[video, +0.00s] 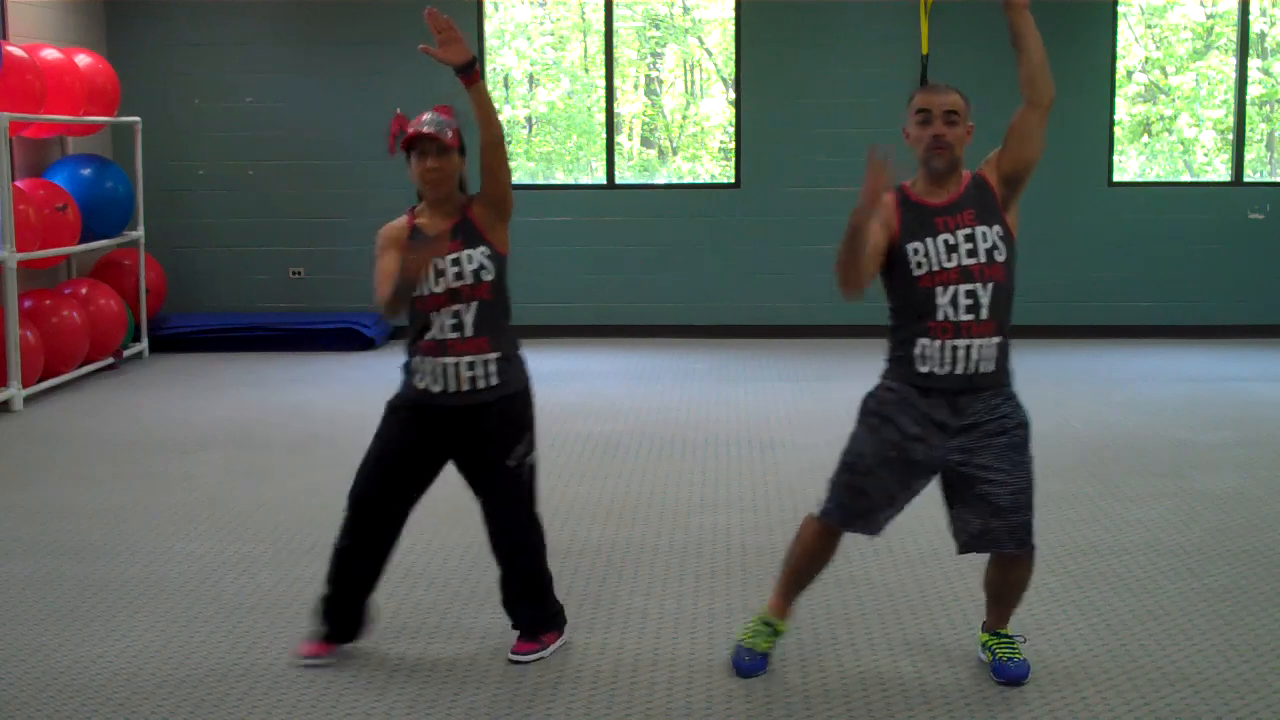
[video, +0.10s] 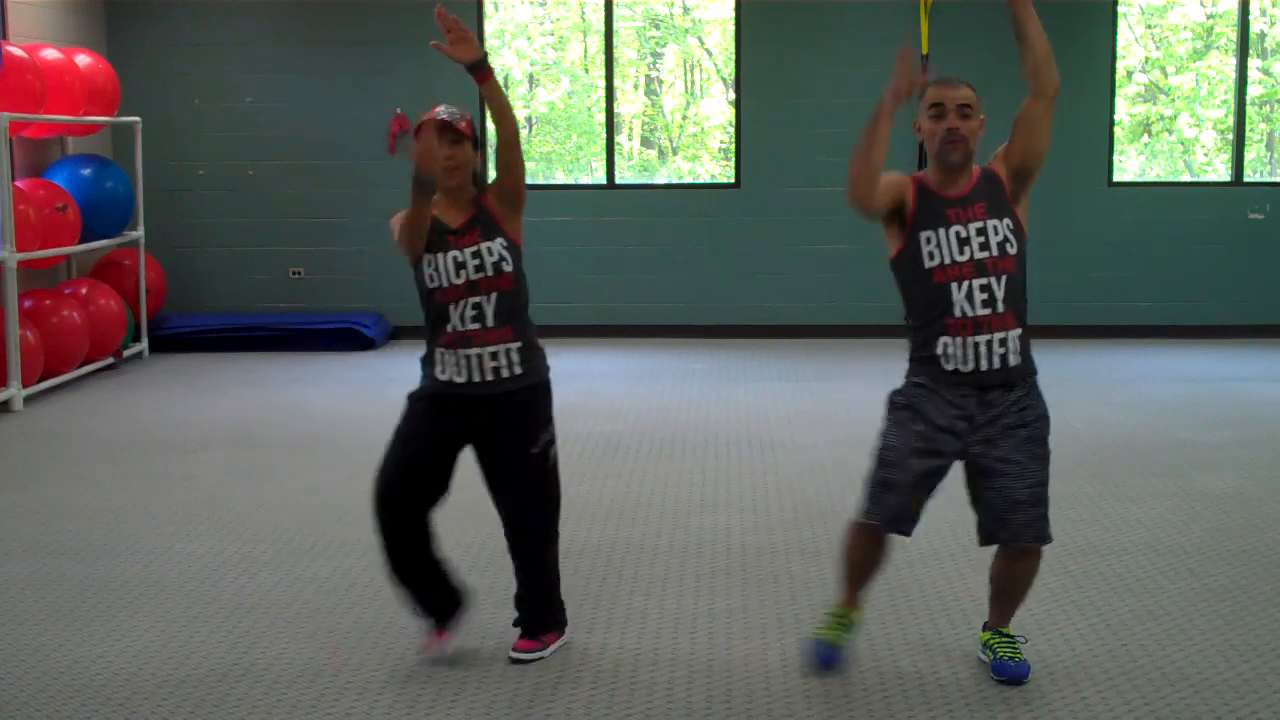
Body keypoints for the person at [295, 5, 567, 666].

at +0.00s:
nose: (430, 162)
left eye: (440, 153)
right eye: (420, 154)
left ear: (462, 161)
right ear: (408, 164)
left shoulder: (489, 218)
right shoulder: (396, 234)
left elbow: (491, 142)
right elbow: (387, 306)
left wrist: (469, 74)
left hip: (494, 399)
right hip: (423, 401)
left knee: (512, 518)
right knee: (370, 507)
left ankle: (540, 624)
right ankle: (337, 627)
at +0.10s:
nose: (453, 145)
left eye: (461, 137)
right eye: (440, 136)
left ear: (478, 154)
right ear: (421, 158)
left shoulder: (501, 209)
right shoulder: (413, 230)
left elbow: (510, 141)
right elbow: (417, 222)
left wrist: (481, 68)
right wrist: (420, 175)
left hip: (516, 390)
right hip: (445, 392)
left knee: (530, 515)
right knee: (397, 500)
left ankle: (542, 622)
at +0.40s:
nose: (476, 156)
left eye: (485, 145)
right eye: (465, 147)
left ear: (500, 156)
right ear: (450, 161)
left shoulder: (523, 211)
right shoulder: (441, 225)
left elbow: (535, 141)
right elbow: (422, 162)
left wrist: (503, 73)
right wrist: (446, 83)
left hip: (553, 388)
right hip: (486, 399)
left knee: (570, 510)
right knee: (490, 517)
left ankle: (567, 621)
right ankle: (491, 623)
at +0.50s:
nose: (484, 168)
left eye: (491, 158)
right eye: (474, 159)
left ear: (506, 165)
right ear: (459, 169)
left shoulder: (528, 219)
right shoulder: (445, 229)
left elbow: (553, 155)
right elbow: (426, 160)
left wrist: (532, 90)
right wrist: (459, 81)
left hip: (558, 394)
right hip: (492, 408)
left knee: (583, 510)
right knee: (503, 523)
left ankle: (573, 619)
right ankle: (494, 624)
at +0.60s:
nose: (492, 170)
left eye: (500, 160)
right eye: (482, 161)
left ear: (515, 165)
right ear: (464, 168)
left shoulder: (538, 215)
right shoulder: (451, 222)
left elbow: (596, 179)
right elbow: (434, 156)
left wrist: (596, 118)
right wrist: (471, 82)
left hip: (556, 392)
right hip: (484, 404)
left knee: (604, 491)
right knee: (483, 524)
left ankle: (605, 606)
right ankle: (493, 623)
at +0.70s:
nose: (501, 172)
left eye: (509, 161)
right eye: (491, 163)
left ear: (523, 165)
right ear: (472, 169)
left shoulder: (550, 216)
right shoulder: (460, 222)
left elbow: (615, 217)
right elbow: (445, 152)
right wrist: (480, 82)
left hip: (559, 399)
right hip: (486, 406)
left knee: (608, 509)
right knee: (470, 528)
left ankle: (654, 609)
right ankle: (491, 622)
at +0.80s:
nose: (509, 173)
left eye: (518, 163)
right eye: (500, 165)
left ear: (536, 168)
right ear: (486, 173)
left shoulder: (568, 227)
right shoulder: (476, 226)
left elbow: (637, 253)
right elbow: (452, 157)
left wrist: (702, 272)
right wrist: (487, 86)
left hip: (567, 406)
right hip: (493, 411)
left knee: (612, 515)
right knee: (472, 525)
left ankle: (668, 618)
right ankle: (489, 623)